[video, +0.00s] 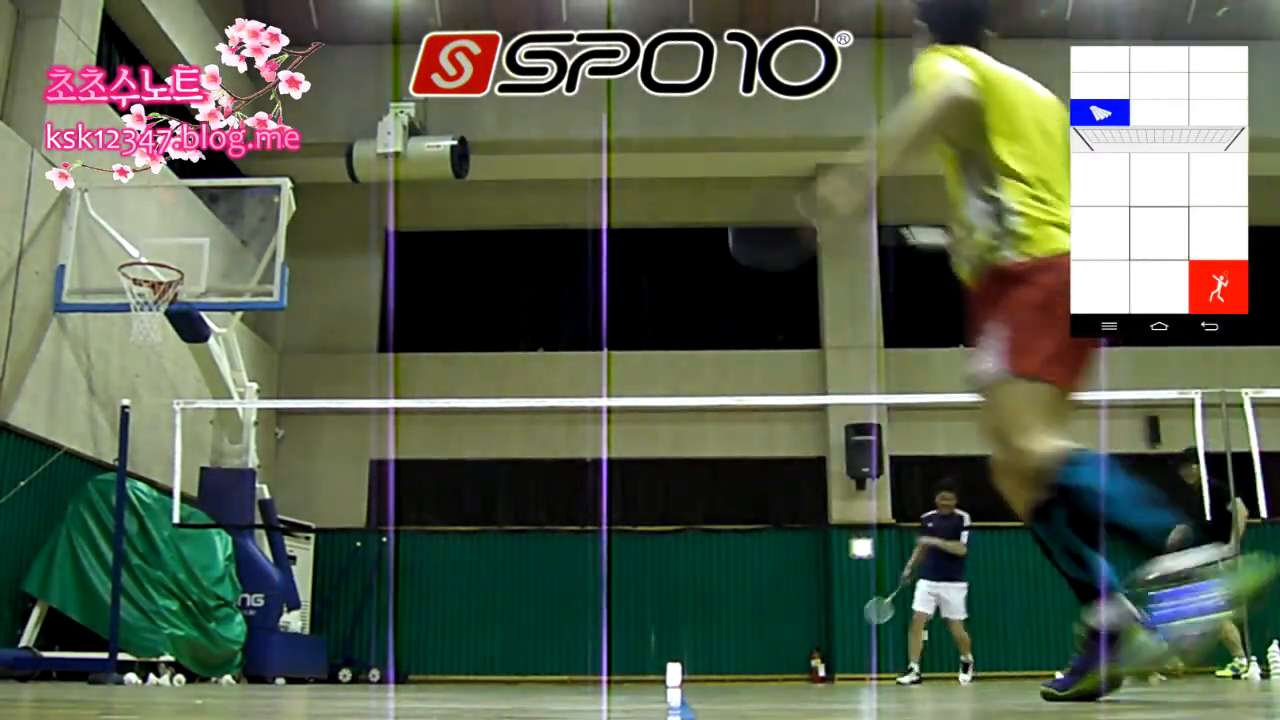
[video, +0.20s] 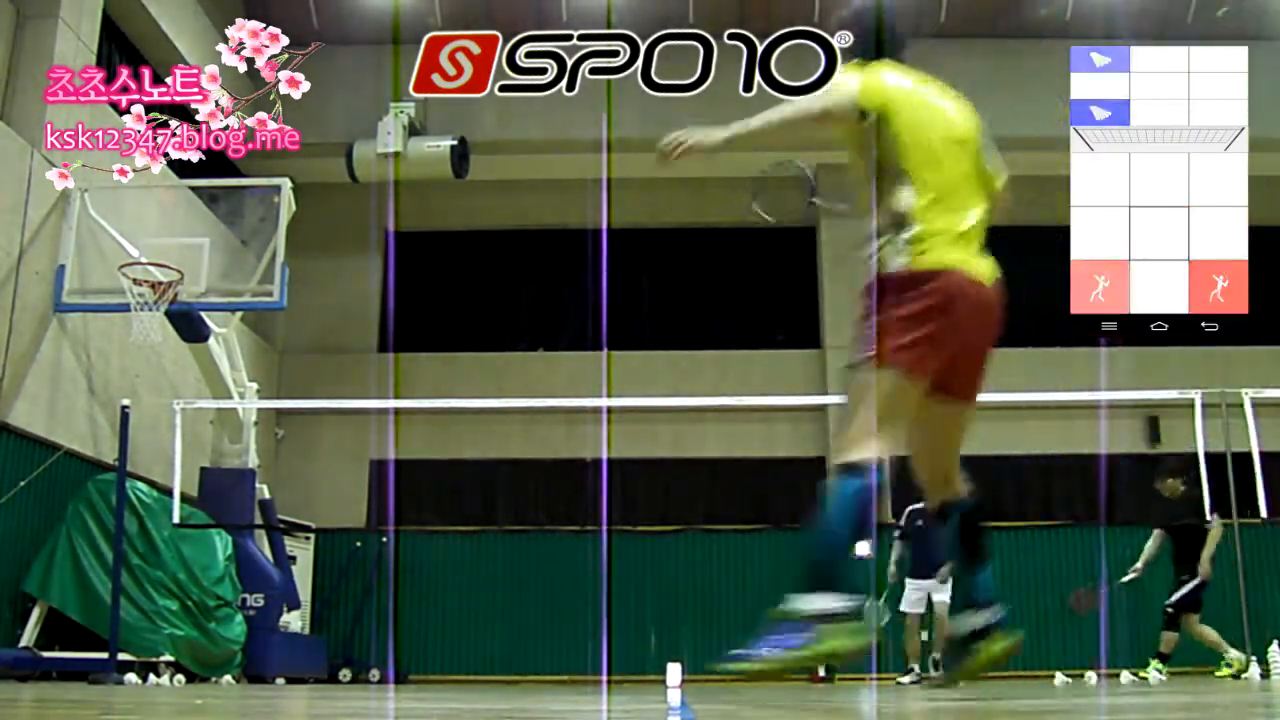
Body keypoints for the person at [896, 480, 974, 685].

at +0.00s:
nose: (945, 504)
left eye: (949, 500)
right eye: (941, 500)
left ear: (955, 501)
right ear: (935, 500)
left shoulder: (963, 519)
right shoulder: (927, 519)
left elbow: (961, 548)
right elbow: (922, 545)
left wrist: (933, 542)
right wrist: (909, 567)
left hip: (953, 583)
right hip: (928, 580)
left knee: (955, 627)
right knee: (917, 620)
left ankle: (967, 660)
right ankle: (913, 667)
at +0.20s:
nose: (932, 495)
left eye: (936, 492)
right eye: (930, 491)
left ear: (943, 491)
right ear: (926, 490)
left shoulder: (951, 514)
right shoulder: (913, 512)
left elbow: (959, 548)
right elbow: (900, 541)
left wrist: (949, 567)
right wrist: (893, 563)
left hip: (941, 578)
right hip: (915, 577)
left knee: (941, 620)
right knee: (911, 622)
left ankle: (937, 657)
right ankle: (914, 666)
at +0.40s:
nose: (944, 516)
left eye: (947, 512)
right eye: (940, 511)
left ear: (952, 511)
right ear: (931, 506)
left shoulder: (955, 527)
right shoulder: (911, 518)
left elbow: (960, 559)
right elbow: (895, 544)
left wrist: (959, 584)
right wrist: (898, 567)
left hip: (937, 581)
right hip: (911, 580)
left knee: (936, 616)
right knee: (912, 624)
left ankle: (939, 659)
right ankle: (910, 662)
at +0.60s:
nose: (953, 543)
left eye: (955, 539)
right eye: (951, 538)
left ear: (955, 538)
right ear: (940, 534)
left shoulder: (956, 550)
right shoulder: (914, 539)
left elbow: (960, 584)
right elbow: (897, 560)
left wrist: (961, 617)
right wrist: (906, 584)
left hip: (936, 587)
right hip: (910, 586)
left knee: (941, 615)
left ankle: (936, 665)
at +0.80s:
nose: (948, 582)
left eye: (951, 579)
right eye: (946, 578)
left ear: (955, 576)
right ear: (936, 569)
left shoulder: (956, 580)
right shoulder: (913, 565)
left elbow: (959, 612)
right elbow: (895, 591)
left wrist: (963, 648)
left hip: (930, 595)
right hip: (907, 596)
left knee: (948, 618)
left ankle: (936, 659)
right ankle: (895, 664)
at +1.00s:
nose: (950, 598)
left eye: (953, 595)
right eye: (948, 593)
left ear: (957, 591)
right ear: (939, 583)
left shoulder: (955, 591)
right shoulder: (920, 570)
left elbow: (959, 623)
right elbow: (891, 581)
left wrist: (963, 662)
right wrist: (906, 603)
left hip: (923, 598)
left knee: (947, 621)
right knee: (896, 612)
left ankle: (927, 667)